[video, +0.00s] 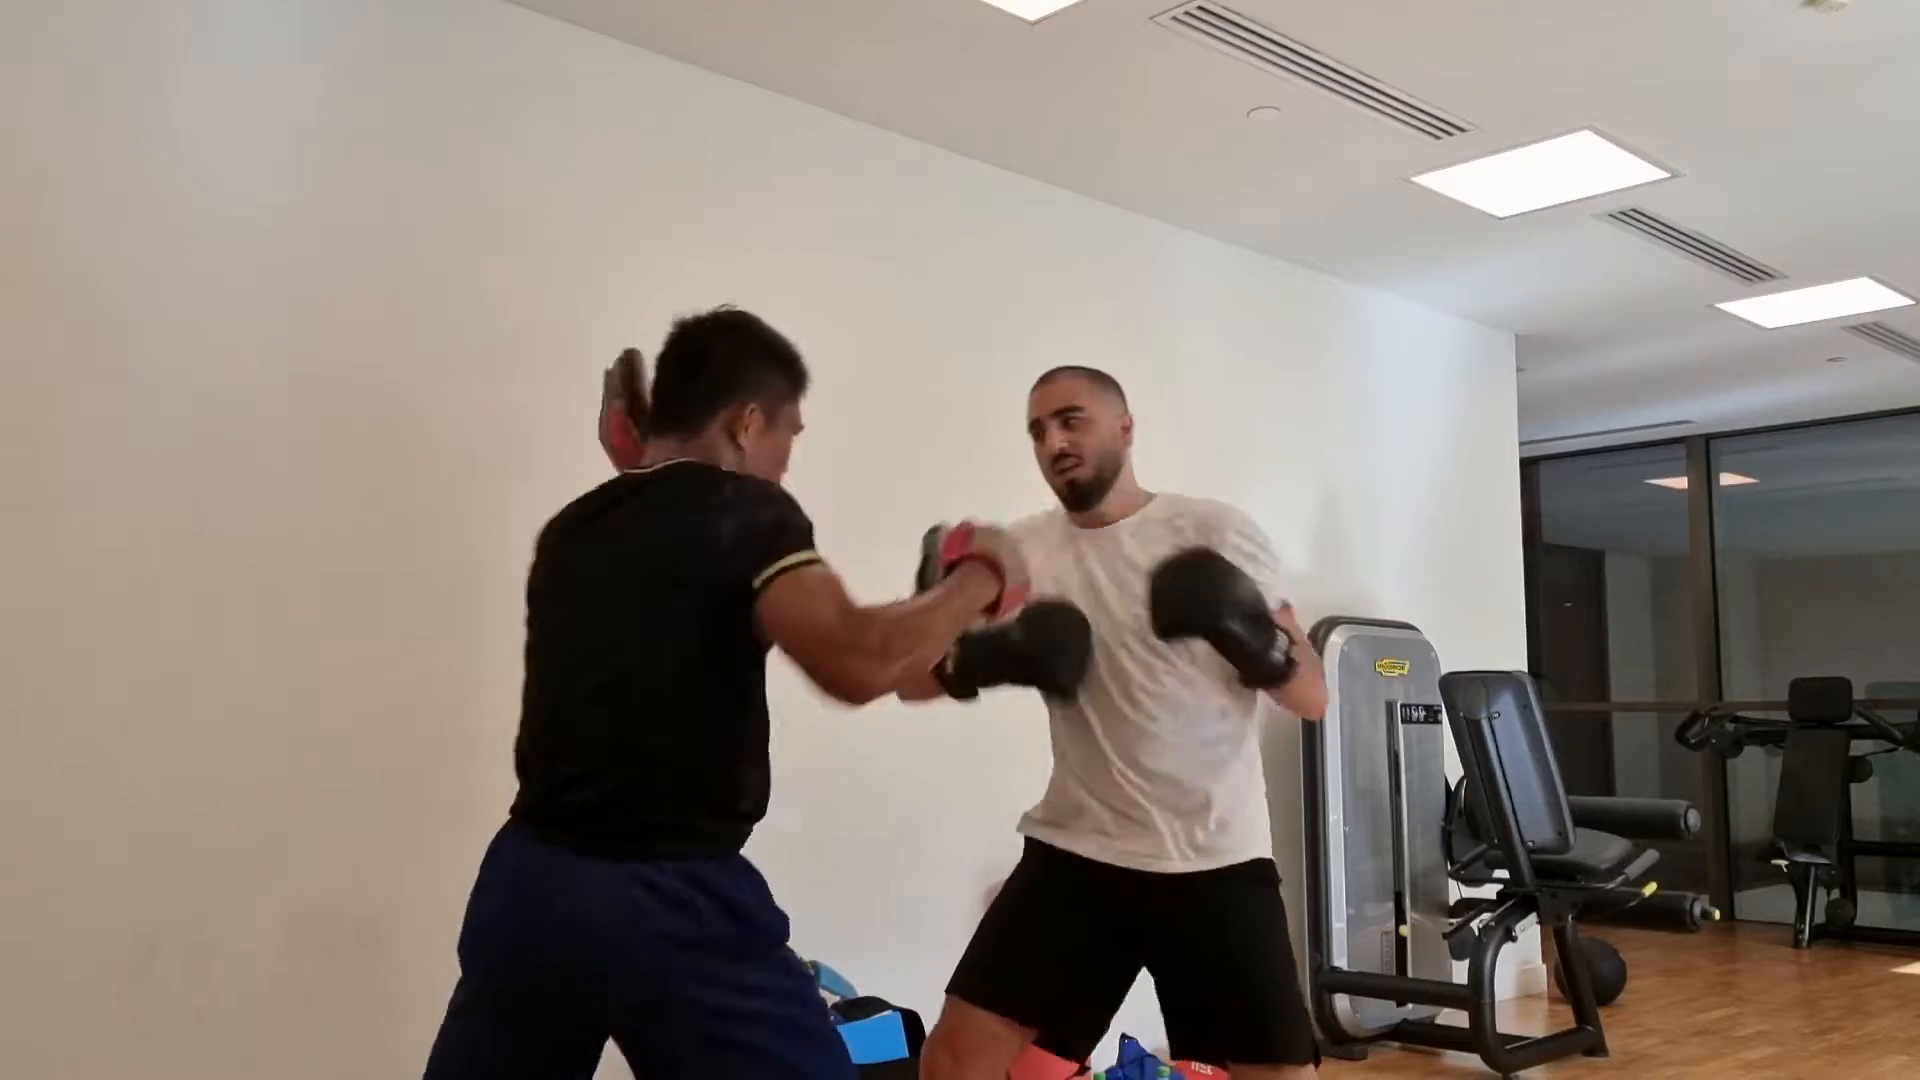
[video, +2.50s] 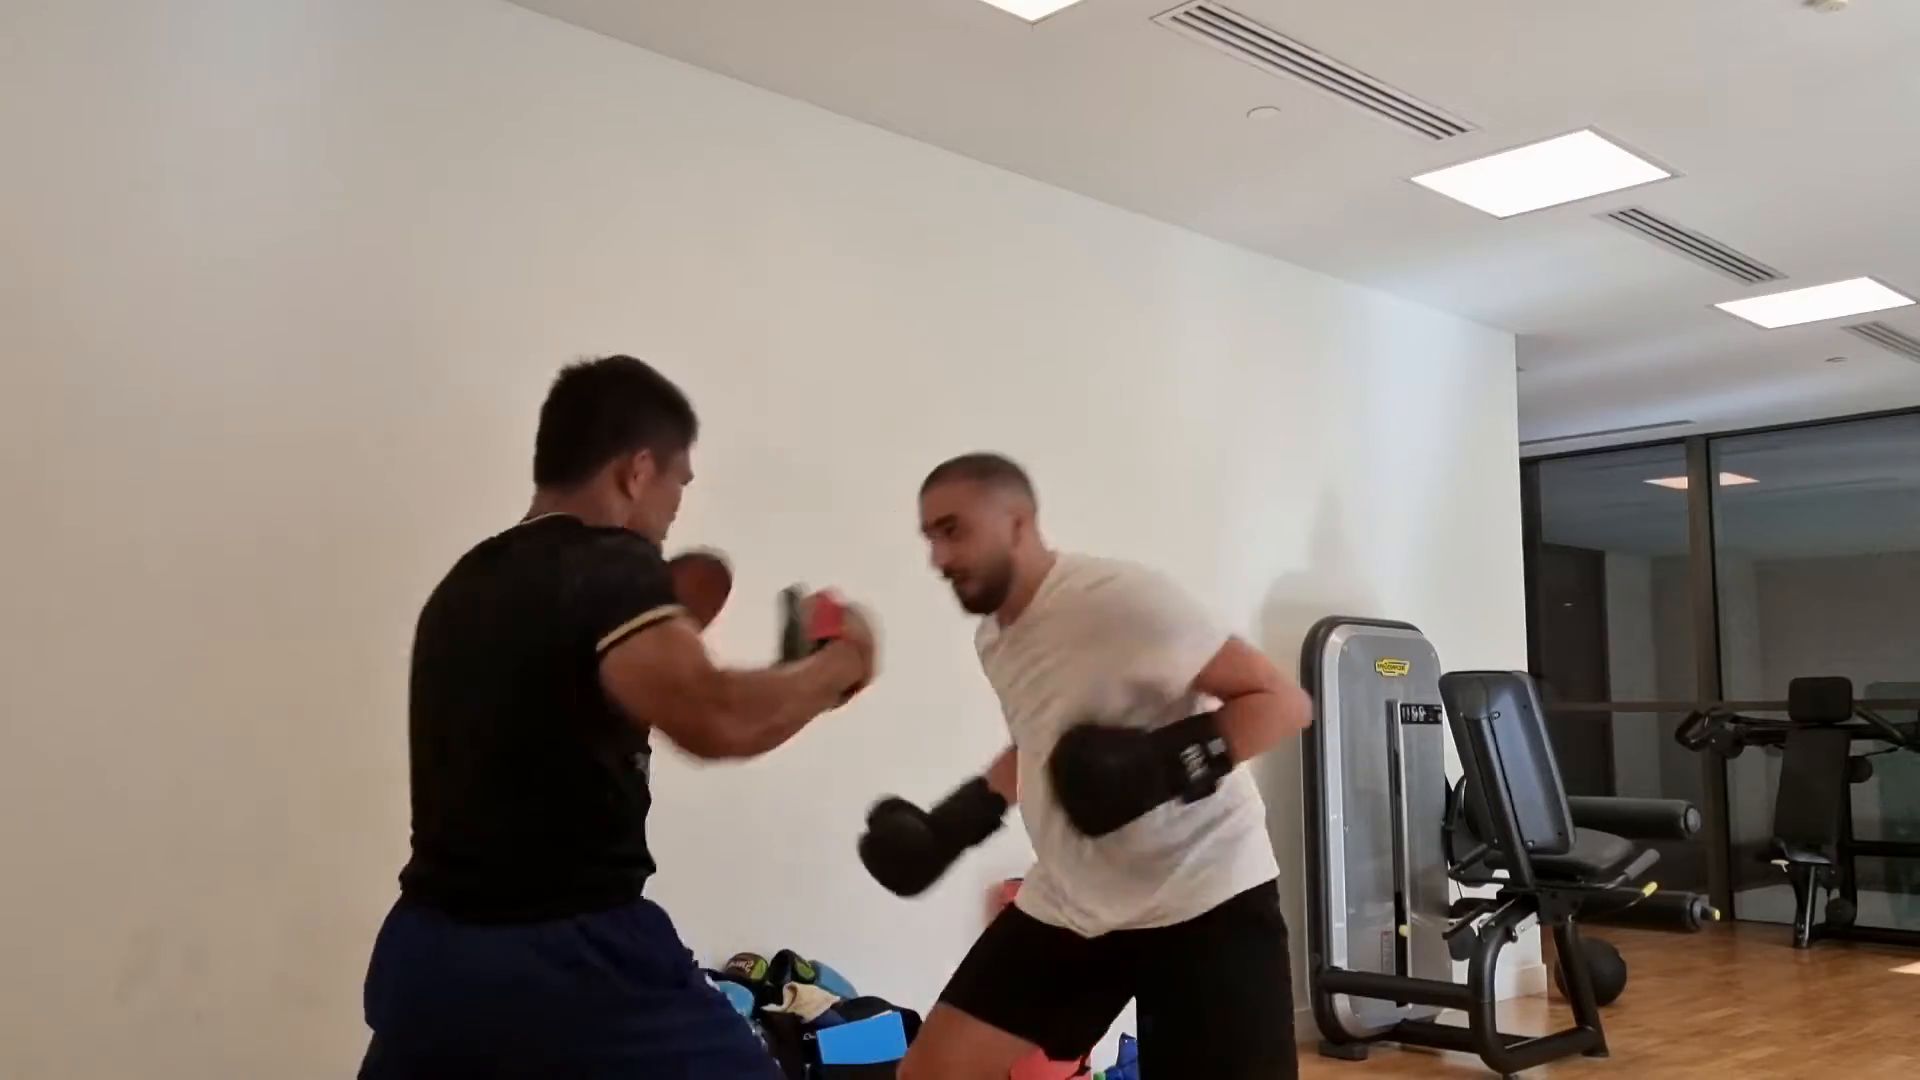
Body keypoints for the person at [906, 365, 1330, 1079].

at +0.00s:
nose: (1053, 441)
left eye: (1071, 419)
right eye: (1038, 430)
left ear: (1124, 425)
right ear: (1033, 452)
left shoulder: (1218, 533)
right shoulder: (1018, 551)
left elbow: (1313, 696)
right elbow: (908, 677)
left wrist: (1246, 629)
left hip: (1219, 867)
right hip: (1076, 860)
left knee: (1280, 1071)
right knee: (956, 1062)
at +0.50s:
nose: (1098, 454)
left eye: (1121, 431)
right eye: (1087, 434)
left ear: (1179, 439)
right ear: (1075, 441)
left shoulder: (1254, 567)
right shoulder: (1036, 544)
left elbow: (1300, 693)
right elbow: (969, 694)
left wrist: (1317, 767)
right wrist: (1030, 690)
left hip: (1203, 859)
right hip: (1057, 855)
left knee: (1270, 1069)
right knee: (946, 1062)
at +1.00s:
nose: (1009, 447)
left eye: (1028, 423)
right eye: (997, 430)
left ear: (1085, 424)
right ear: (989, 441)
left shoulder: (1175, 526)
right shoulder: (991, 551)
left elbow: (1288, 681)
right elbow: (866, 665)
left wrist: (1224, 620)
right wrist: (912, 596)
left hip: (1177, 857)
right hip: (1037, 858)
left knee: (1254, 1071)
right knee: (944, 1063)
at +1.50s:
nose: (1114, 418)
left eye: (1138, 400)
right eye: (1099, 402)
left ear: (1180, 422)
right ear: (1083, 421)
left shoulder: (1235, 546)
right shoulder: (1028, 532)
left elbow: (1279, 720)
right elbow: (991, 709)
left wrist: (1191, 694)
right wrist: (1081, 787)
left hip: (1208, 854)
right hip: (1054, 856)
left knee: (1292, 1064)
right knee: (961, 1067)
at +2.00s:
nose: (1010, 645)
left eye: (1026, 615)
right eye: (991, 622)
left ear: (1084, 590)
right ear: (979, 619)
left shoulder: (1189, 672)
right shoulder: (971, 687)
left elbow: (1266, 818)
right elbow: (989, 807)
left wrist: (1143, 840)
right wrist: (1025, 894)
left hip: (1187, 882)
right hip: (1048, 880)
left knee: (1257, 1070)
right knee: (922, 1062)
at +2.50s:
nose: (936, 557)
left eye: (950, 531)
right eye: (930, 537)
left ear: (1019, 524)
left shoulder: (1126, 600)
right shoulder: (996, 643)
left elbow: (1283, 701)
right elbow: (1041, 744)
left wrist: (1163, 761)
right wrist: (948, 826)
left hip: (1205, 908)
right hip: (1068, 908)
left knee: (1232, 1070)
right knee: (936, 1070)